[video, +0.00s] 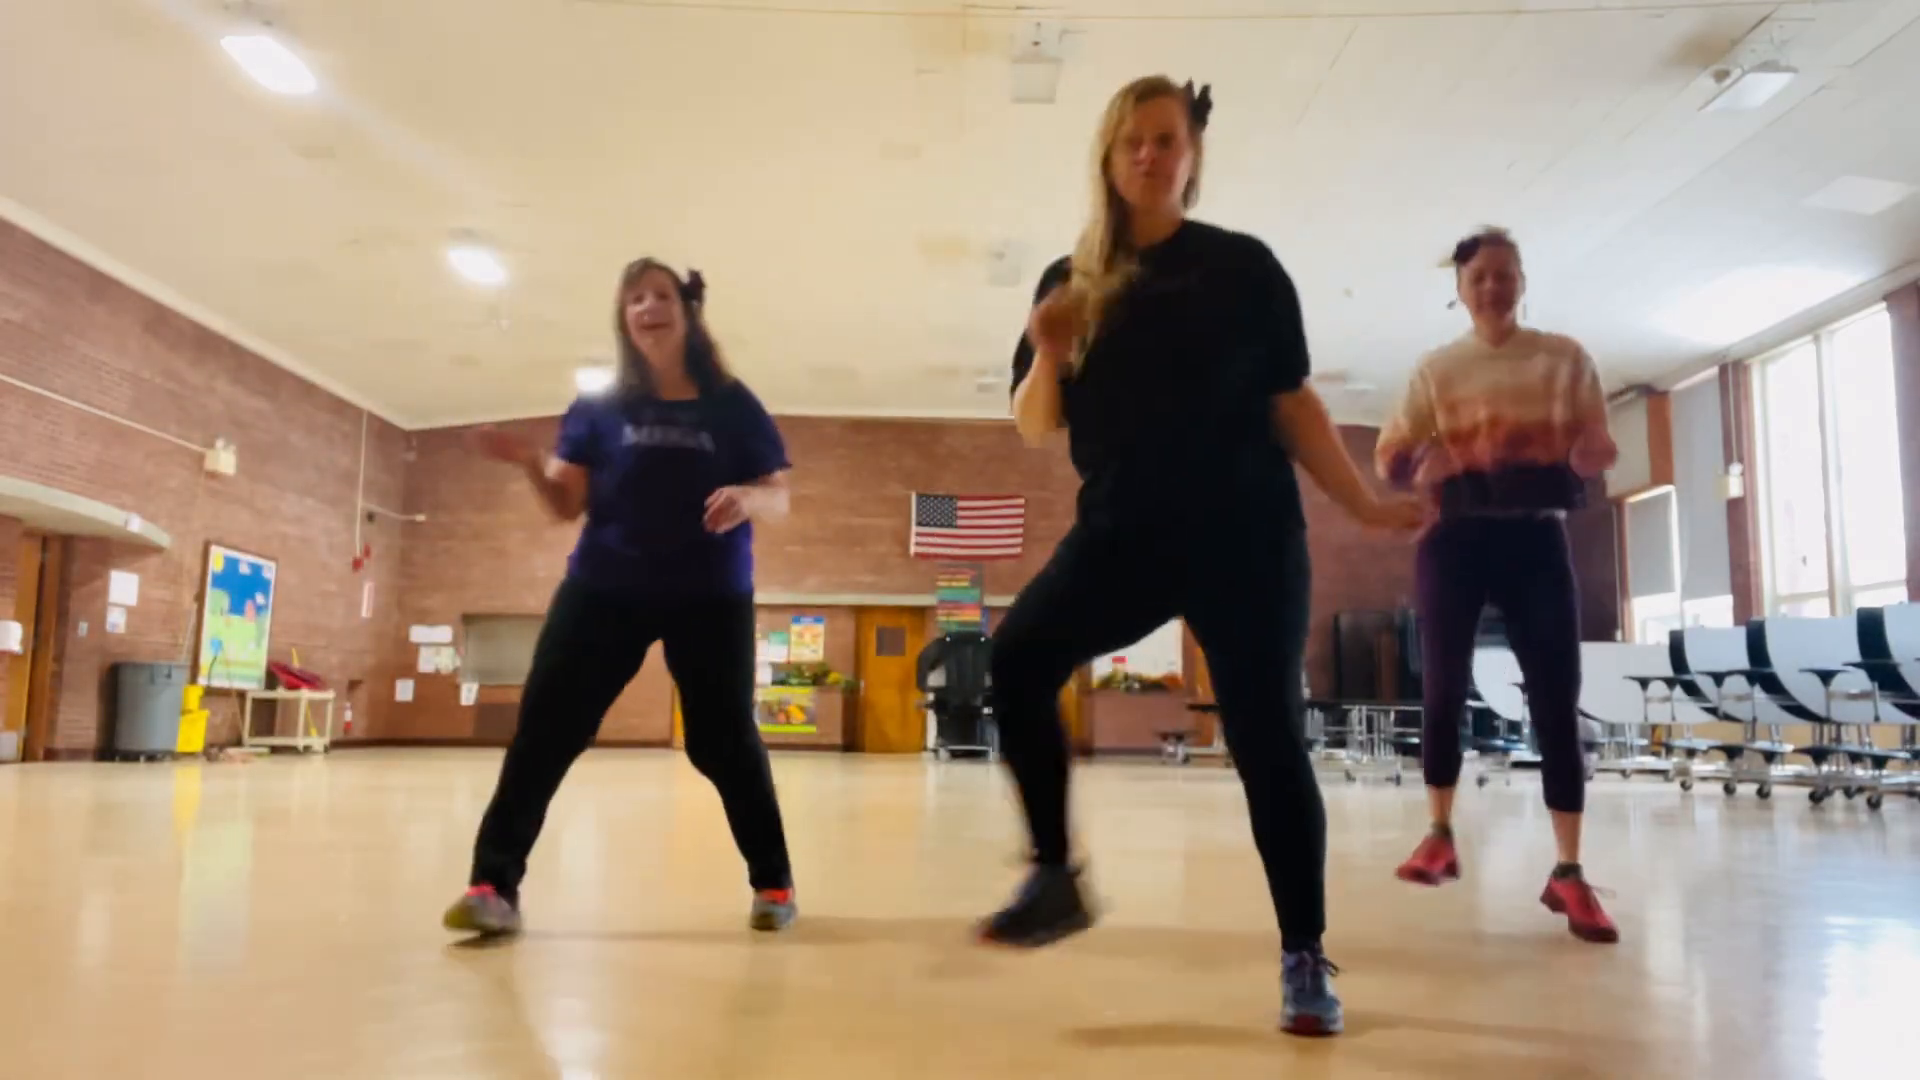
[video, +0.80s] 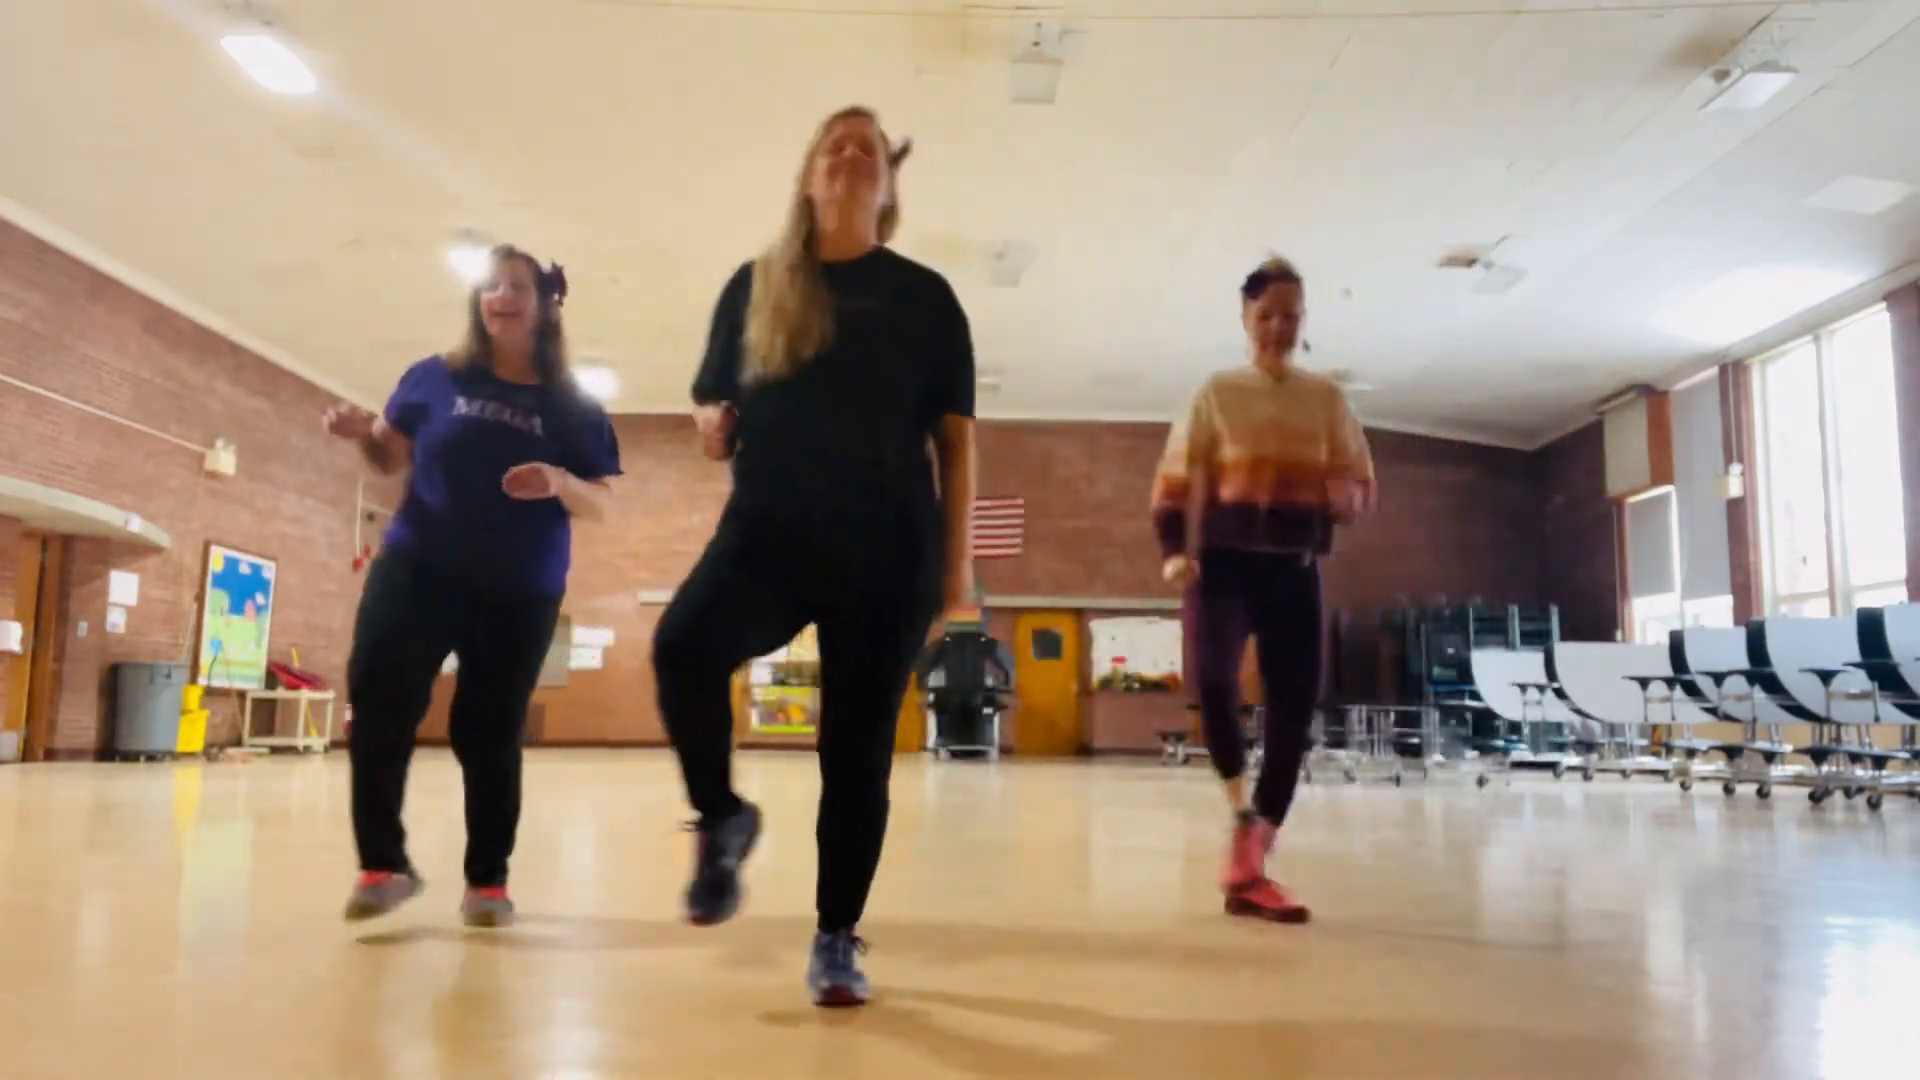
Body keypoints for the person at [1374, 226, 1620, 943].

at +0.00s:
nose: (1494, 288)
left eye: (1505, 277)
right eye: (1480, 279)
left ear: (1523, 283)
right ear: (1460, 288)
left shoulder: (1563, 358)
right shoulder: (1435, 371)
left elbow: (1598, 452)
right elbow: (1390, 460)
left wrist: (1582, 452)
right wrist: (1415, 460)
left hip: (1536, 543)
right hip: (1454, 545)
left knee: (1556, 704)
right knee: (1443, 692)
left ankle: (1568, 872)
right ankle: (1439, 837)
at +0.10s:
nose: (1479, 319)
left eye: (1490, 306)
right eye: (1466, 308)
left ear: (1508, 312)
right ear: (1445, 317)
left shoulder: (1546, 395)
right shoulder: (1421, 399)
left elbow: (1583, 483)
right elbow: (1378, 484)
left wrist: (1589, 528)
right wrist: (1382, 535)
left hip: (1524, 582)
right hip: (1440, 584)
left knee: (1556, 728)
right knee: (1427, 723)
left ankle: (1563, 886)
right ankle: (1420, 875)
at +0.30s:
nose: (1427, 314)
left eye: (1438, 303)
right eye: (1415, 302)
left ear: (1450, 311)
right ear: (1390, 307)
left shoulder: (1474, 391)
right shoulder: (1355, 391)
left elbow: (1518, 483)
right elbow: (1331, 488)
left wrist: (1539, 563)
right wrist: (1343, 565)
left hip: (1449, 572)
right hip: (1374, 576)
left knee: (1515, 715)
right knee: (1388, 732)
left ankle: (1513, 859)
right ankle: (1414, 889)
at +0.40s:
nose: (1389, 313)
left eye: (1401, 302)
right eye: (1376, 301)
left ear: (1414, 308)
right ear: (1354, 306)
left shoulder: (1439, 385)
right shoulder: (1325, 385)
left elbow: (1475, 471)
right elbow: (1290, 474)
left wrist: (1481, 543)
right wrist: (1316, 546)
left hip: (1415, 569)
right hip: (1346, 572)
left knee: (1480, 714)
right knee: (1374, 724)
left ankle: (1419, 811)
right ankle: (1412, 888)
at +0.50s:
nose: (1355, 318)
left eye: (1366, 307)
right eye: (1342, 307)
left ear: (1381, 312)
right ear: (1321, 311)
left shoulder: (1406, 387)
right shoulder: (1290, 392)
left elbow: (1431, 467)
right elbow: (1253, 477)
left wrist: (1431, 532)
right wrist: (1282, 541)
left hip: (1385, 570)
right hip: (1315, 575)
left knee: (1420, 728)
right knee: (1360, 728)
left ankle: (1318, 815)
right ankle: (1408, 885)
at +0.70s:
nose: (1306, 339)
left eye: (1316, 328)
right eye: (1294, 328)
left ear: (1330, 334)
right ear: (1271, 331)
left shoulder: (1354, 415)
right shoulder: (1242, 413)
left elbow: (1379, 501)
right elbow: (1210, 510)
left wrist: (1371, 555)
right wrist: (1210, 592)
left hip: (1323, 587)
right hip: (1250, 585)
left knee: (1316, 730)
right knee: (1266, 714)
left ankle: (1251, 873)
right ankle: (1324, 843)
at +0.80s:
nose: (1280, 326)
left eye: (1290, 314)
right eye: (1268, 314)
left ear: (1304, 320)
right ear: (1245, 317)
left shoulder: (1327, 399)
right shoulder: (1215, 396)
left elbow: (1359, 489)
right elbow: (1175, 484)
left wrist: (1332, 499)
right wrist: (1175, 549)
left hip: (1291, 569)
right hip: (1222, 566)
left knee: (1291, 712)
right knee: (1211, 687)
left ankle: (1252, 871)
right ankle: (1243, 812)